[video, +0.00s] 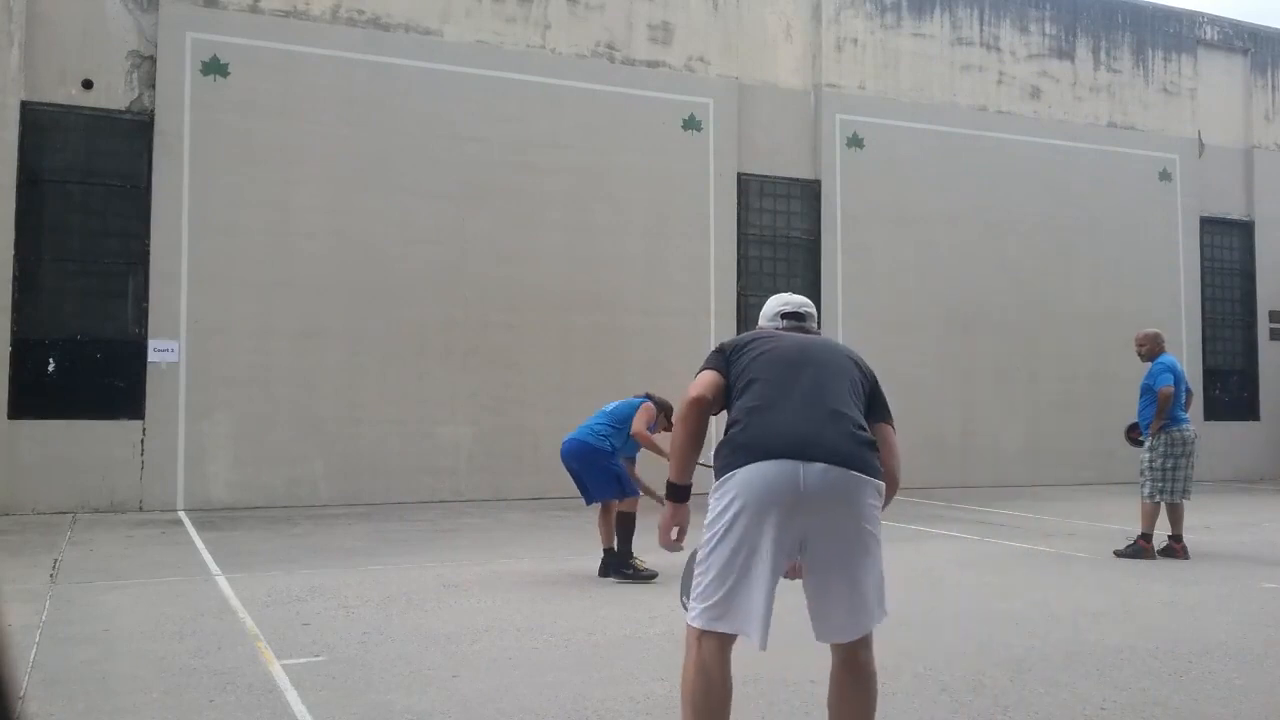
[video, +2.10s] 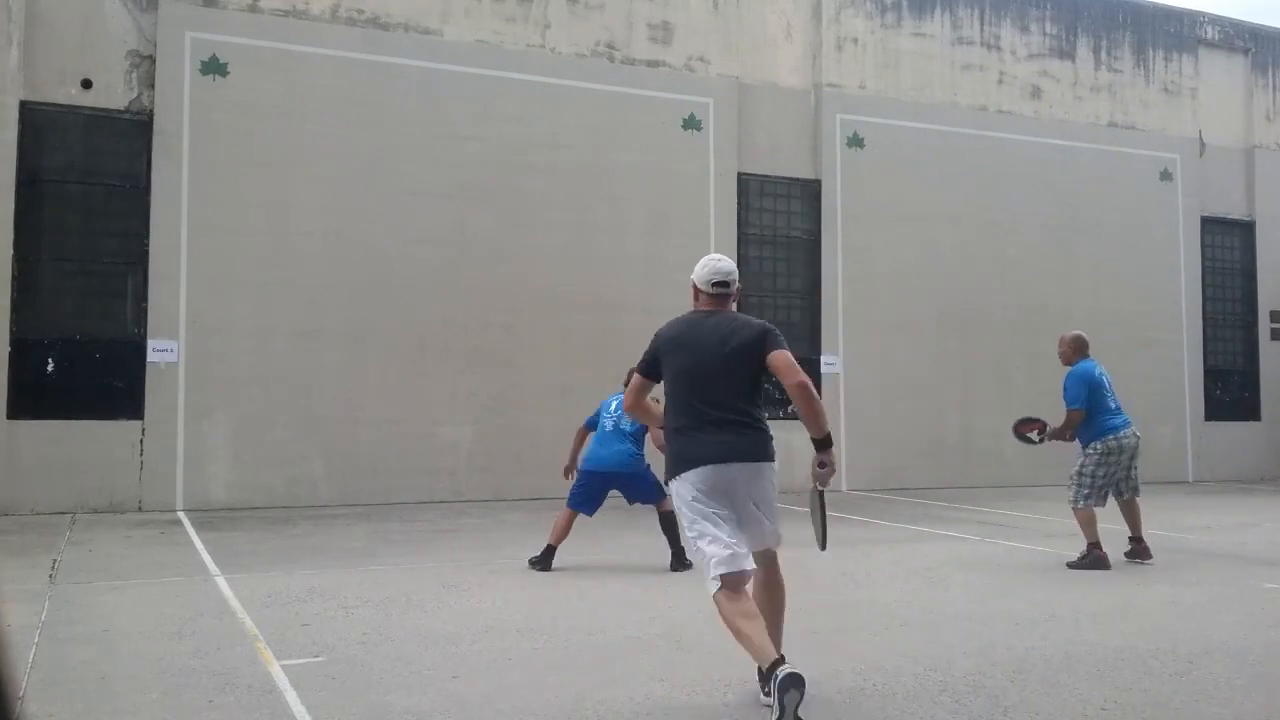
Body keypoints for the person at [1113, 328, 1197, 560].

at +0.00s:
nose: (1138, 351)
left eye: (1142, 346)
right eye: (1137, 346)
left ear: (1159, 345)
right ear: (1160, 347)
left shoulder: (1160, 365)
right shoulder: (1173, 363)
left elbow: (1166, 392)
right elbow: (1189, 393)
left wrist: (1156, 422)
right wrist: (1177, 419)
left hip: (1164, 435)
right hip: (1181, 432)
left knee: (1151, 489)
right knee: (1173, 491)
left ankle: (1144, 543)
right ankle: (1176, 543)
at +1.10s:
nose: (1116, 351)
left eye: (1119, 346)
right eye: (1116, 347)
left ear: (1134, 347)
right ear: (1136, 347)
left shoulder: (1142, 367)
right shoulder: (1152, 364)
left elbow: (1156, 391)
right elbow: (1169, 390)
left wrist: (1146, 420)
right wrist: (1157, 416)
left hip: (1154, 434)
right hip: (1170, 432)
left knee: (1139, 488)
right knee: (1167, 489)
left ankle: (1138, 543)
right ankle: (1175, 543)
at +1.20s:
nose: (1110, 354)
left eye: (1114, 349)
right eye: (1109, 350)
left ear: (1129, 348)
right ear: (1129, 349)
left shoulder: (1138, 370)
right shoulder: (1138, 368)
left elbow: (1156, 395)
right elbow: (1146, 403)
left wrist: (1137, 420)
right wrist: (1129, 435)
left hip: (1152, 438)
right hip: (1163, 435)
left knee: (1138, 491)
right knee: (1165, 490)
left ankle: (1135, 547)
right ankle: (1175, 543)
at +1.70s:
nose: (1111, 350)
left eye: (1116, 346)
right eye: (1107, 346)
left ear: (1129, 348)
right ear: (1104, 349)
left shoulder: (1134, 369)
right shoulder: (1112, 376)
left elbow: (1138, 401)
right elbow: (1111, 413)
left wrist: (1107, 415)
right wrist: (1100, 440)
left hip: (1138, 439)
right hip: (1133, 440)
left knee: (1109, 490)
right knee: (1138, 491)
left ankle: (1132, 542)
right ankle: (1155, 544)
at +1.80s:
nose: (1095, 356)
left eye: (1099, 352)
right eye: (1095, 351)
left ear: (1114, 355)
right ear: (1112, 356)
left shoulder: (1119, 375)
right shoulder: (1115, 377)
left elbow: (1122, 410)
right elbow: (1115, 422)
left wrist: (1099, 433)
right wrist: (1098, 448)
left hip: (1134, 443)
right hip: (1148, 442)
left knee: (1098, 493)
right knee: (1132, 494)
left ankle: (1124, 544)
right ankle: (1154, 545)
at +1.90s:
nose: (1084, 364)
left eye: (1088, 360)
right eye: (1085, 359)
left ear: (1099, 363)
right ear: (1106, 364)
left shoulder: (1104, 386)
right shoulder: (1117, 381)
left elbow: (1100, 429)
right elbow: (1110, 425)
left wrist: (1086, 452)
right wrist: (1092, 449)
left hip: (1129, 450)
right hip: (1147, 447)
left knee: (1089, 495)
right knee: (1133, 496)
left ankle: (1102, 548)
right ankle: (1154, 546)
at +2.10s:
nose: (1058, 352)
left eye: (1061, 348)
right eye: (1058, 348)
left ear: (1074, 350)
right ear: (1079, 350)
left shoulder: (1077, 374)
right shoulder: (1095, 367)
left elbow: (1075, 416)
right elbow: (1093, 409)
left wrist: (1056, 432)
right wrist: (1072, 431)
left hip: (1105, 443)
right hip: (1127, 436)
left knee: (1079, 495)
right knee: (1124, 490)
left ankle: (1095, 551)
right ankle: (1139, 545)